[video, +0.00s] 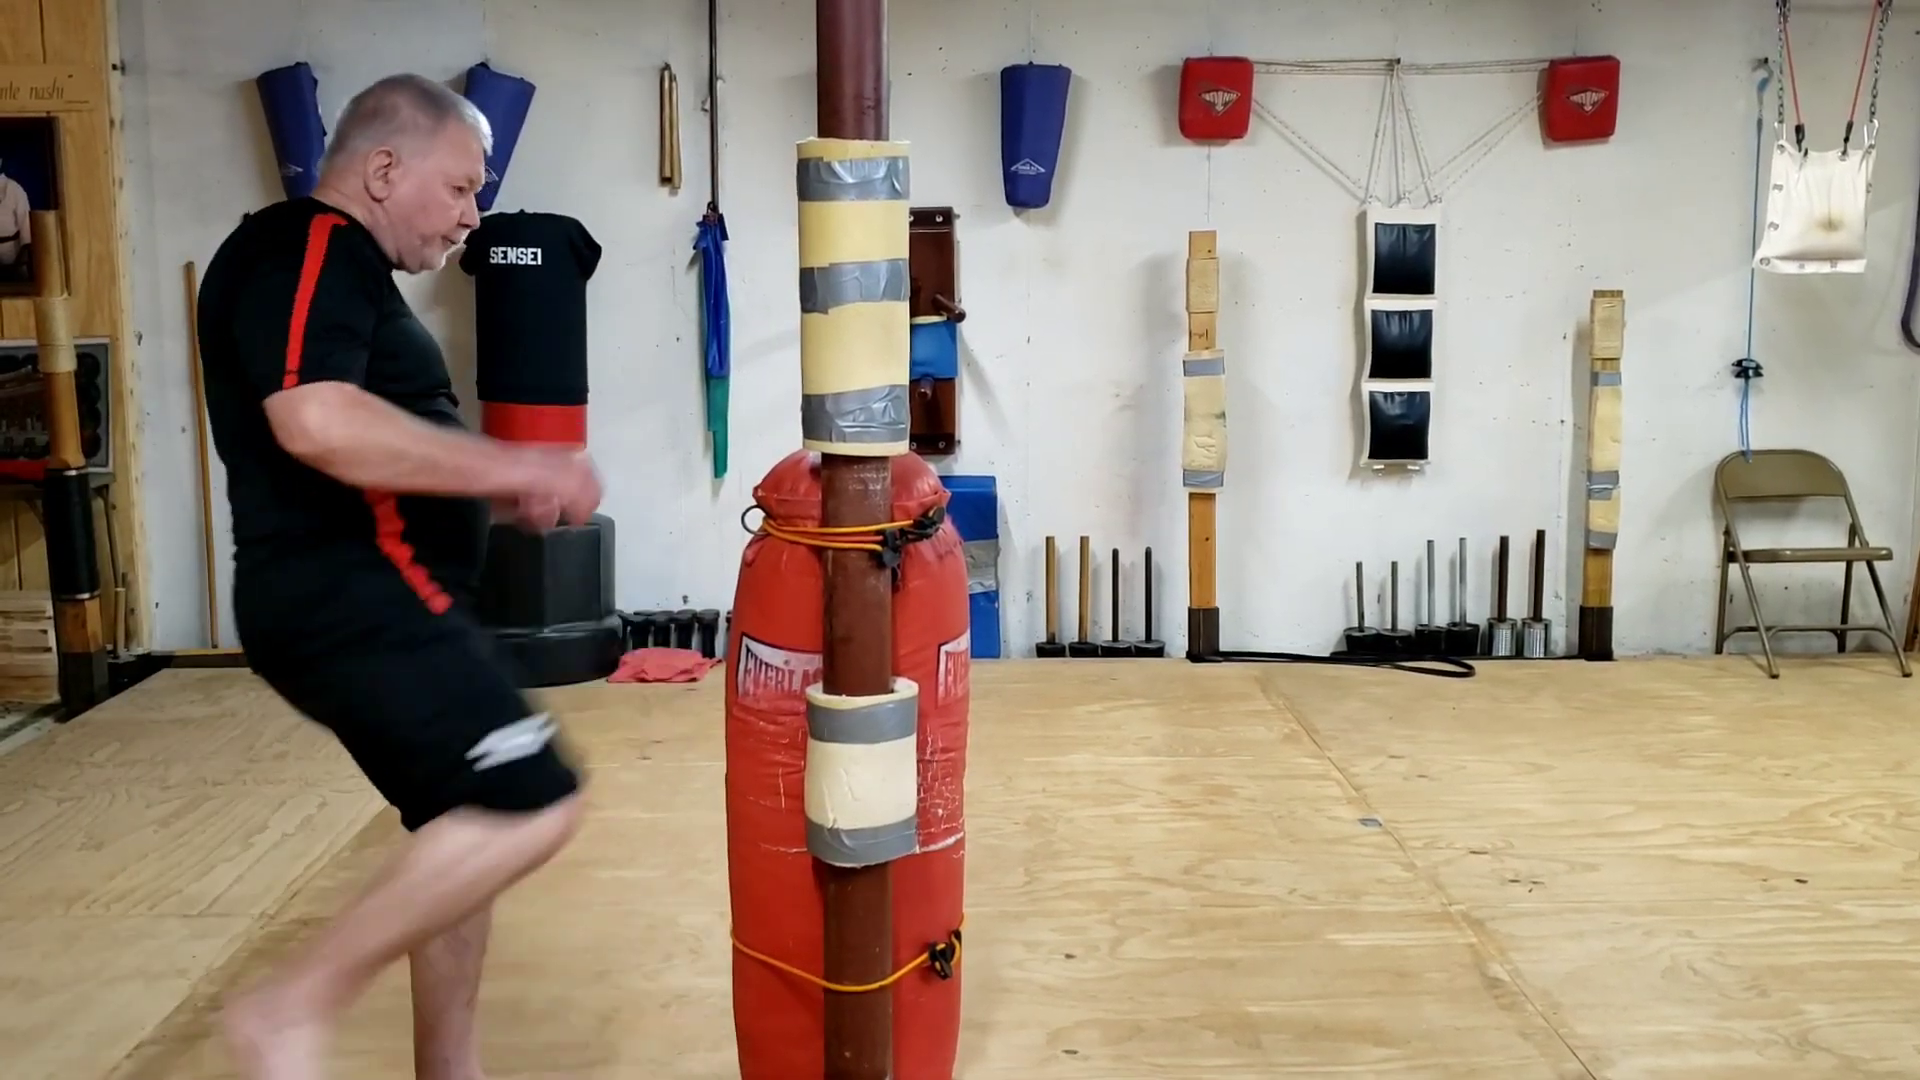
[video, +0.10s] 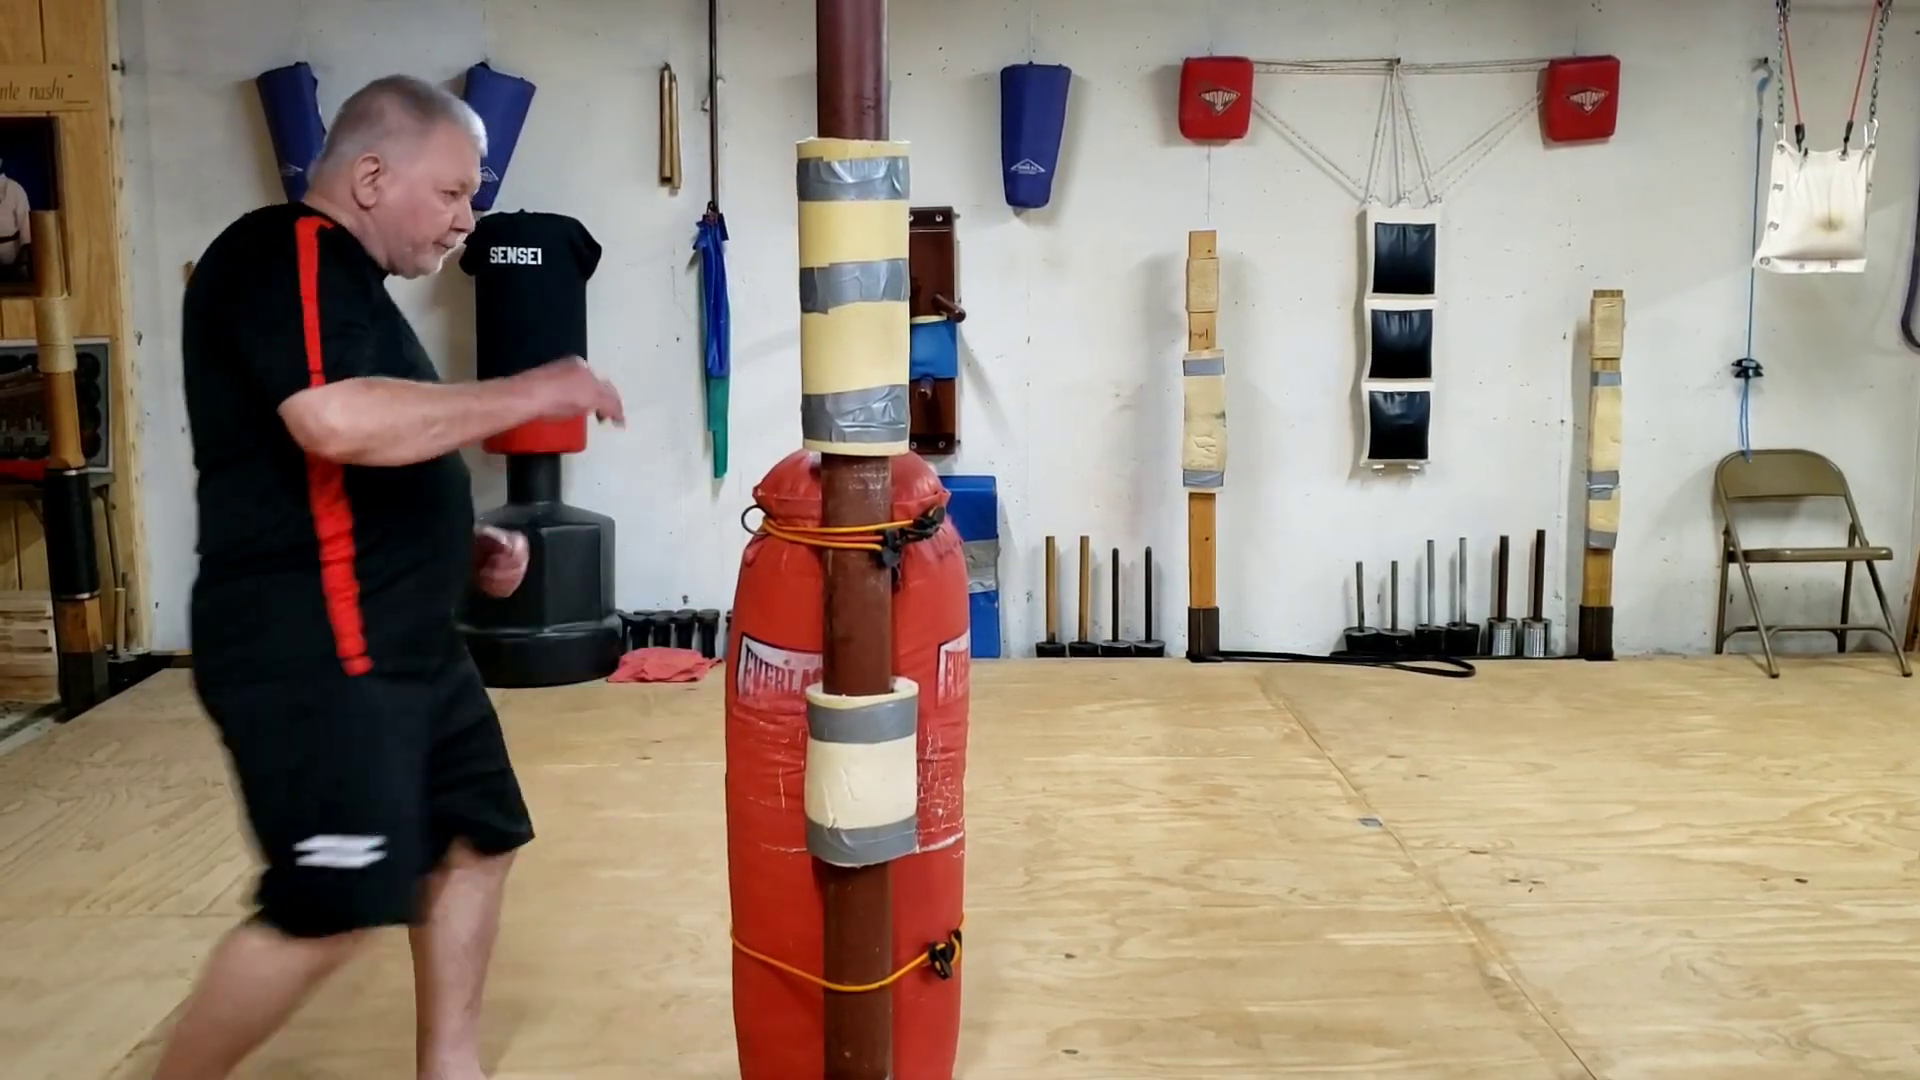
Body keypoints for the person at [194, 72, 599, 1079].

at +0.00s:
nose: (469, 221)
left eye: (475, 198)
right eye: (460, 190)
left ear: (376, 176)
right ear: (382, 168)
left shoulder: (317, 253)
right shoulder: (311, 244)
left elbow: (361, 429)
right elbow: (313, 415)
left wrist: (503, 480)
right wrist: (518, 468)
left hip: (340, 593)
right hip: (344, 592)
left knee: (469, 822)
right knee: (533, 796)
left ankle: (449, 1067)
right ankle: (286, 1009)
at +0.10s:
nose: (466, 224)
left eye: (470, 201)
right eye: (454, 194)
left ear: (374, 184)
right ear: (371, 177)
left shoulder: (346, 276)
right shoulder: (279, 250)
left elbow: (342, 474)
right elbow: (335, 417)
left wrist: (461, 543)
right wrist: (530, 394)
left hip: (409, 636)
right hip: (305, 647)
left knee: (478, 835)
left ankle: (451, 1070)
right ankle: (167, 1071)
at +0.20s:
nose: (444, 236)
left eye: (448, 214)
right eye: (428, 210)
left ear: (345, 203)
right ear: (341, 198)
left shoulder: (341, 302)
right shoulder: (235, 281)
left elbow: (334, 490)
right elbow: (297, 458)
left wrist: (433, 556)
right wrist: (484, 394)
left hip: (381, 660)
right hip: (248, 680)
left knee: (486, 843)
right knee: (209, 939)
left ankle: (448, 1070)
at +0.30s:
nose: (412, 243)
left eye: (416, 217)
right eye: (391, 218)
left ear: (311, 216)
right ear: (301, 212)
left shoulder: (353, 303)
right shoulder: (186, 296)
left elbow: (334, 487)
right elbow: (202, 496)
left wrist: (429, 525)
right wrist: (410, 449)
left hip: (365, 656)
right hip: (218, 686)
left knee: (482, 839)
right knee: (185, 946)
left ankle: (447, 1066)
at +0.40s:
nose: (391, 226)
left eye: (395, 200)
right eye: (370, 201)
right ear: (276, 196)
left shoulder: (359, 294)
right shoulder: (157, 287)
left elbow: (383, 458)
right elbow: (96, 496)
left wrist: (447, 433)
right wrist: (308, 509)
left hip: (358, 650)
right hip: (206, 676)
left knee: (460, 840)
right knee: (174, 933)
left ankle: (444, 1067)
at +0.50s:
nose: (395, 235)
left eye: (398, 209)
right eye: (374, 210)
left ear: (295, 207)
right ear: (281, 206)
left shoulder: (369, 290)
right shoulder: (147, 299)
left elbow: (474, 391)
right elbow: (37, 483)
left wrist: (551, 335)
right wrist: (212, 599)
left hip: (349, 648)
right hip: (196, 677)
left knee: (459, 837)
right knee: (185, 939)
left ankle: (446, 1067)